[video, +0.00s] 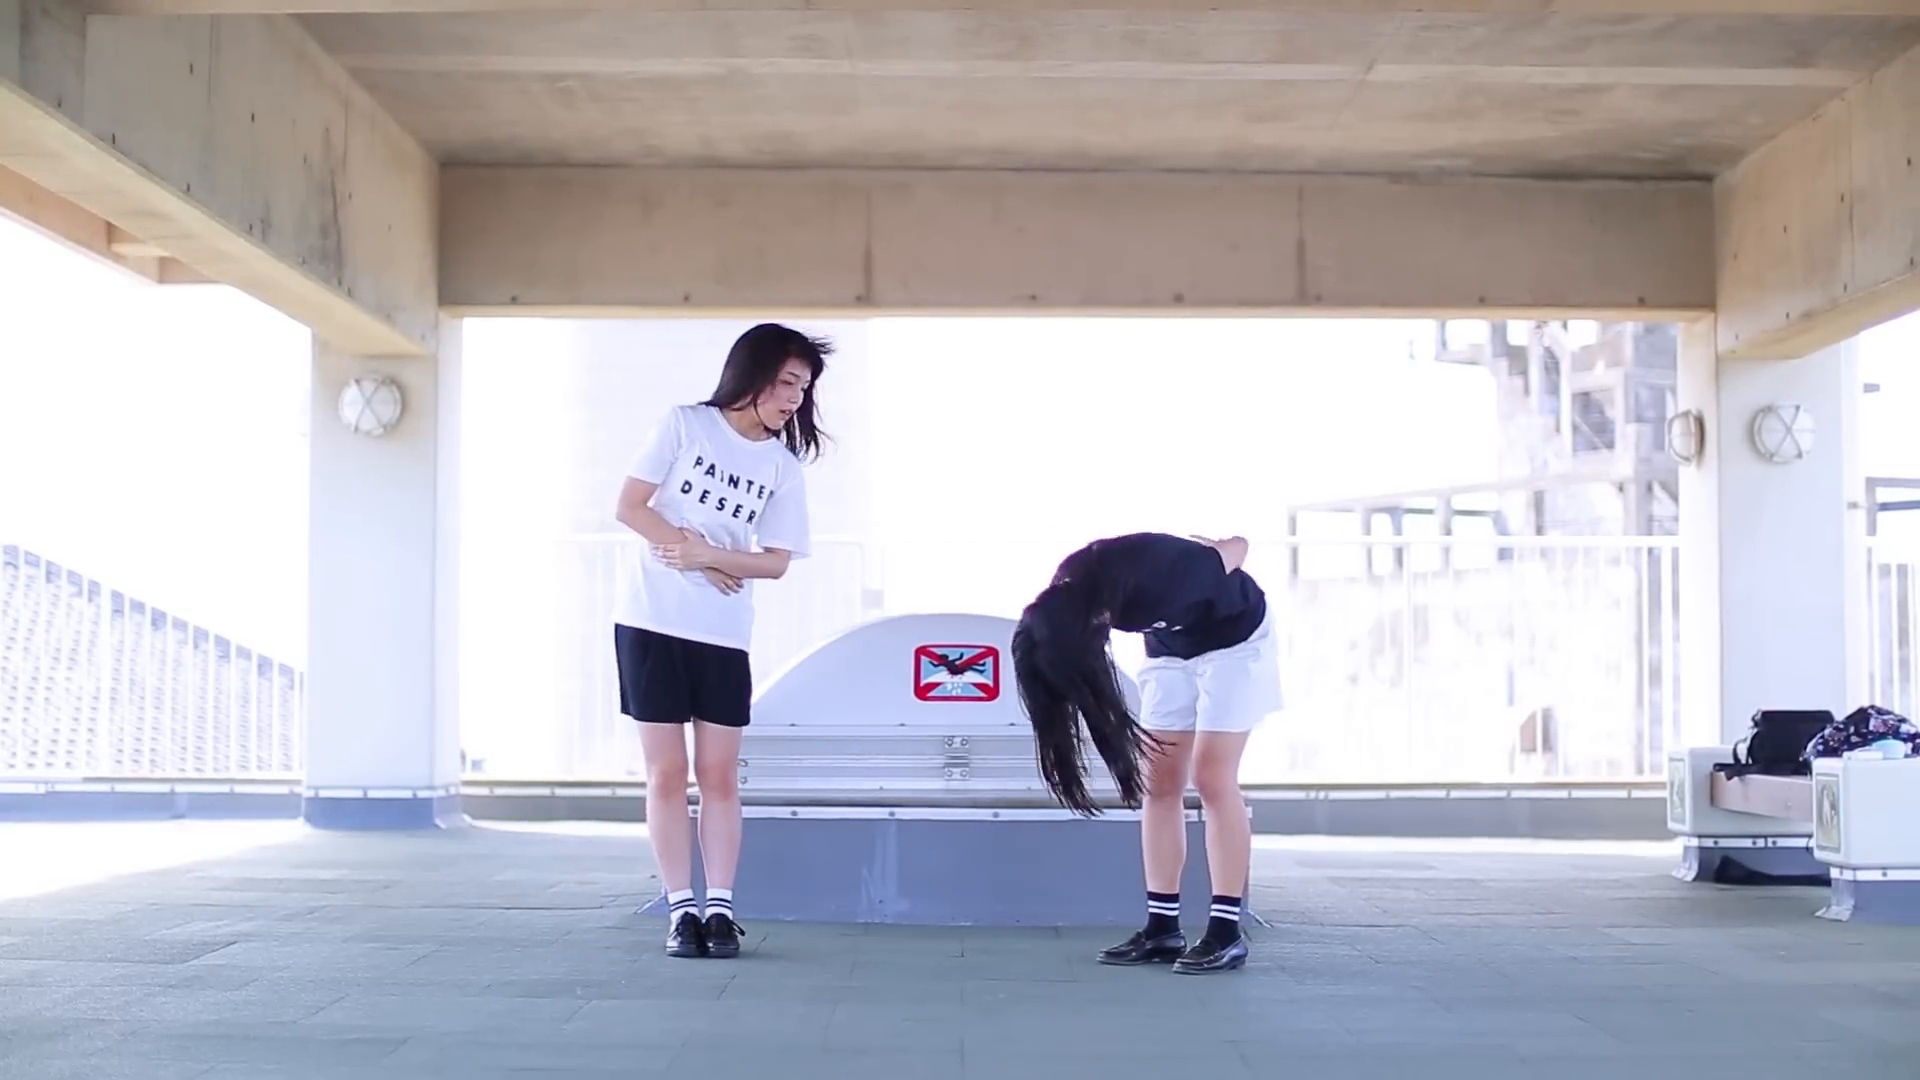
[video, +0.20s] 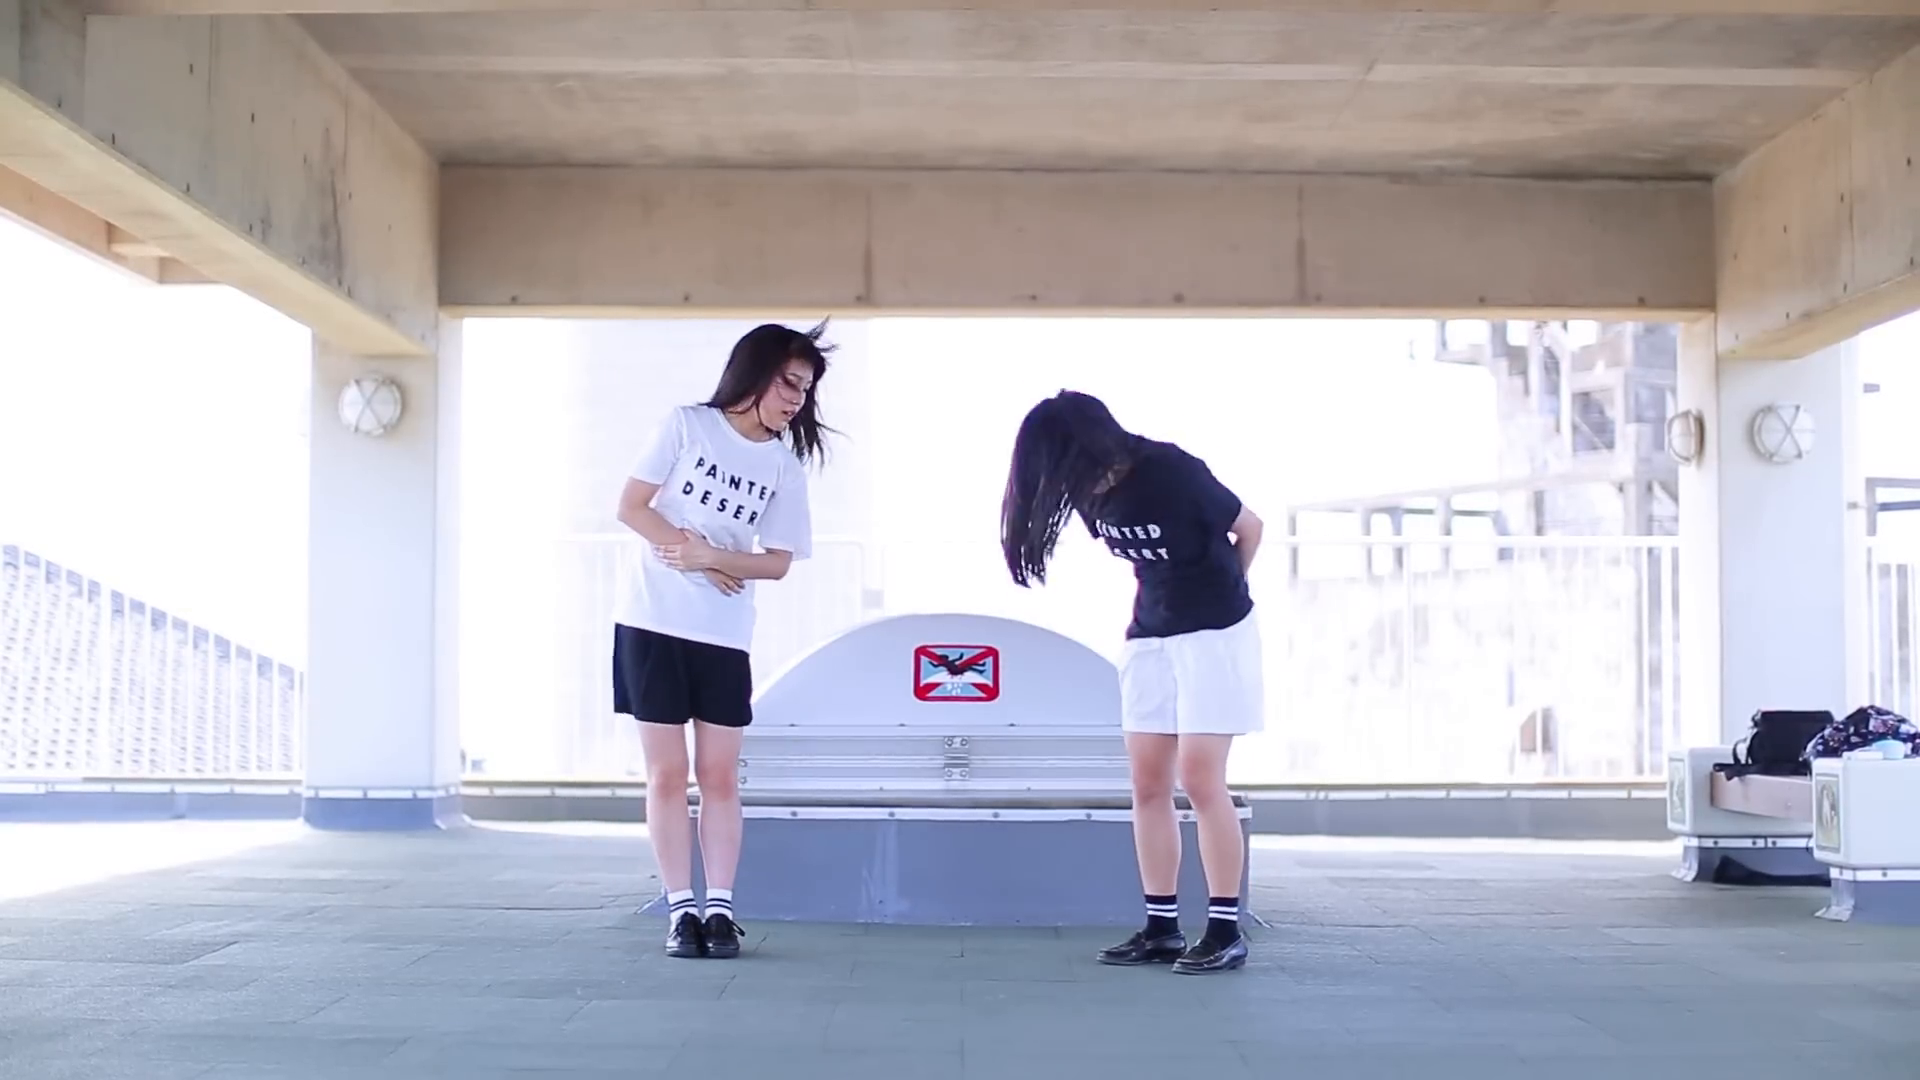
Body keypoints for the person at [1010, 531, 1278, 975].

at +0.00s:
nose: (1087, 670)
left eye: (1083, 665)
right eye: (1071, 675)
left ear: (1091, 630)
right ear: (1037, 631)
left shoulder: (1162, 587)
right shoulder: (1064, 586)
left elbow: (1237, 548)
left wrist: (1205, 553)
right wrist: (1190, 550)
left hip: (1233, 639)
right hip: (1164, 644)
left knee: (1213, 781)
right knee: (1160, 785)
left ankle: (1225, 933)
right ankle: (1162, 929)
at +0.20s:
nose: (1072, 487)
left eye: (1072, 472)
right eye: (1062, 478)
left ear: (1094, 449)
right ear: (1060, 468)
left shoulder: (1174, 470)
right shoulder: (1089, 496)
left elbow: (1251, 527)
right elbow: (1140, 551)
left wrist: (1224, 589)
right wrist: (1154, 601)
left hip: (1214, 631)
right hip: (1150, 631)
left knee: (1202, 778)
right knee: (1149, 784)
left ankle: (1225, 933)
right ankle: (1160, 931)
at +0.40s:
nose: (1116, 353)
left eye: (1129, 344)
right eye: (1119, 342)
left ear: (1166, 364)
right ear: (1146, 364)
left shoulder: (1193, 442)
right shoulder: (1123, 441)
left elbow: (1233, 542)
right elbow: (1127, 540)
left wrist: (1219, 606)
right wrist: (1152, 596)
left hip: (1181, 631)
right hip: (1124, 629)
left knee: (1184, 783)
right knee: (1137, 785)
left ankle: (1225, 928)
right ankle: (1159, 927)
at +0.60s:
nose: (1146, 350)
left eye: (1162, 345)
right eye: (1153, 340)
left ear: (1190, 370)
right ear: (1173, 364)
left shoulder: (1201, 438)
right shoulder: (1134, 441)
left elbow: (1230, 542)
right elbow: (1132, 541)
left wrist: (1219, 611)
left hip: (1180, 633)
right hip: (1123, 631)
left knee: (1179, 783)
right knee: (1134, 786)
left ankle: (1223, 927)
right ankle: (1159, 927)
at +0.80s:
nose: (1149, 365)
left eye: (1165, 356)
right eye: (1148, 353)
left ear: (1201, 370)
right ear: (1147, 357)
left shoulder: (1218, 430)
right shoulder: (1135, 433)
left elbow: (1233, 531)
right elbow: (1131, 533)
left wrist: (1237, 624)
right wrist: (1112, 614)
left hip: (1186, 627)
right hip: (1123, 628)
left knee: (1186, 781)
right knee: (1136, 784)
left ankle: (1224, 930)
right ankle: (1159, 928)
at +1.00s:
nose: (1145, 412)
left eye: (1150, 399)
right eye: (1139, 401)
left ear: (1179, 386)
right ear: (1141, 392)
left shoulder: (1232, 428)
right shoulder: (1148, 438)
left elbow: (1247, 524)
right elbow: (1120, 526)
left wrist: (1195, 578)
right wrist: (1059, 591)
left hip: (1194, 633)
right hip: (1128, 632)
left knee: (1190, 781)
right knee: (1138, 785)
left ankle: (1226, 933)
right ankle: (1160, 929)